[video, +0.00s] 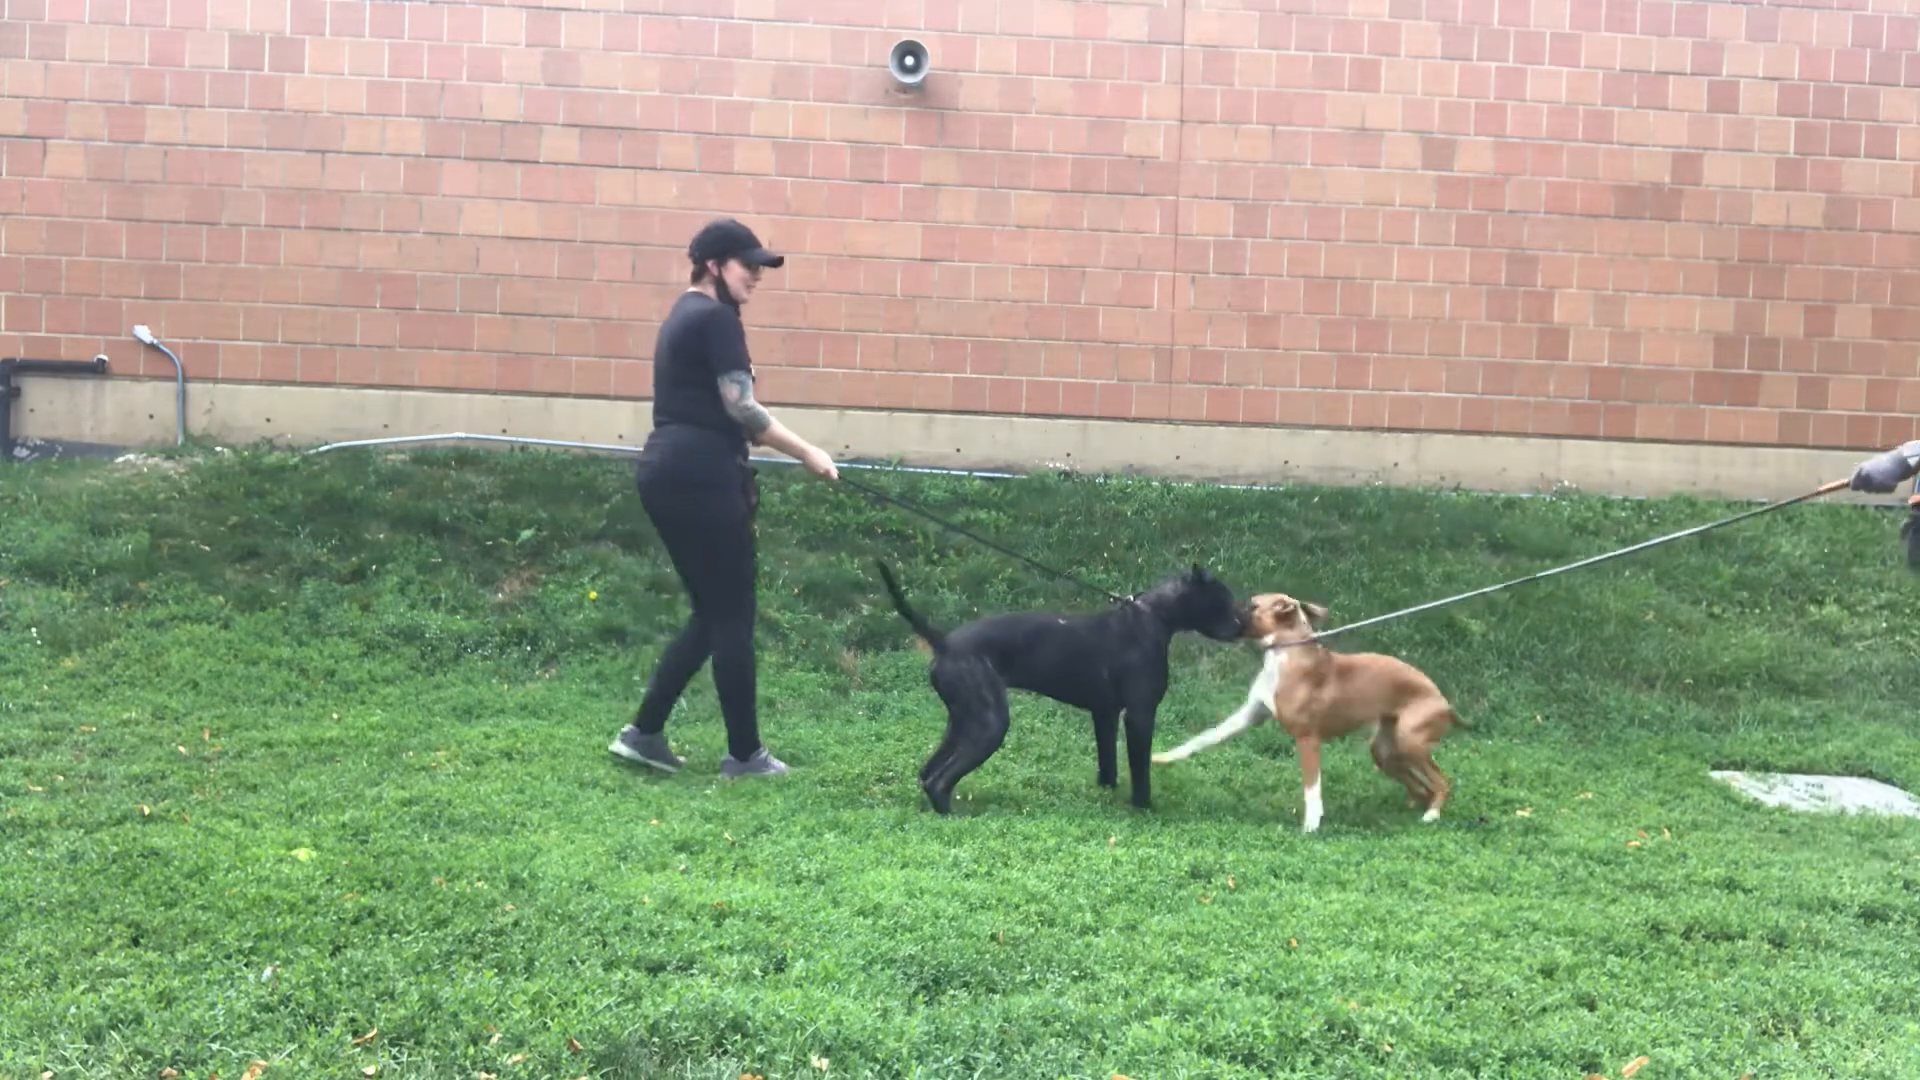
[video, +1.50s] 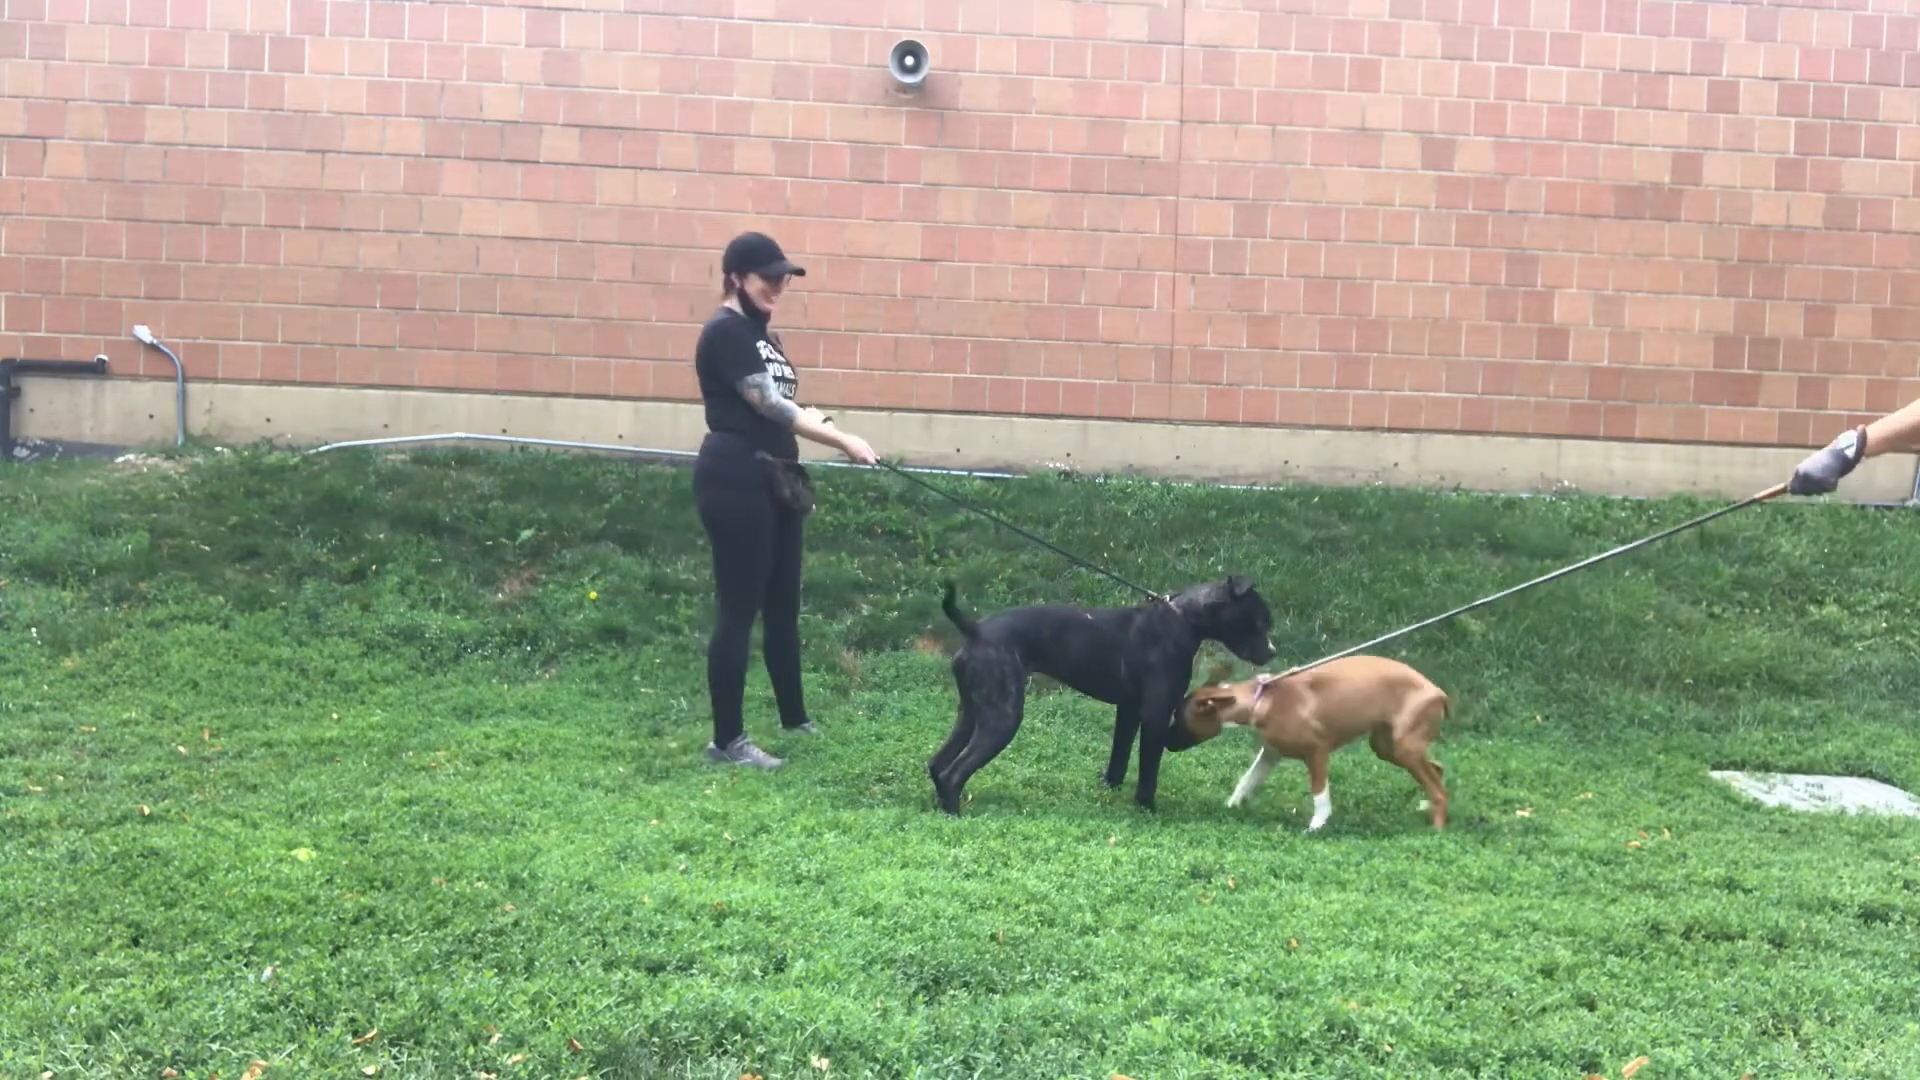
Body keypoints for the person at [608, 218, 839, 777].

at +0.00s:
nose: (756, 277)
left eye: (758, 267)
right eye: (748, 265)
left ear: (711, 269)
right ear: (714, 265)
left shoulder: (685, 312)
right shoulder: (716, 316)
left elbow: (690, 407)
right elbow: (740, 405)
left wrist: (737, 458)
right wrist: (807, 452)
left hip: (665, 466)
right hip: (702, 470)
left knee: (711, 611)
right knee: (733, 613)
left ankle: (644, 732)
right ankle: (746, 754)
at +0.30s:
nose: (744, 282)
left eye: (746, 272)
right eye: (737, 271)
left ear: (702, 270)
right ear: (703, 268)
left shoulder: (676, 312)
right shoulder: (704, 319)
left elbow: (697, 407)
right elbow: (739, 412)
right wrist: (810, 449)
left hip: (664, 466)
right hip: (696, 472)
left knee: (690, 610)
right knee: (720, 615)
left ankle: (672, 741)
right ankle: (743, 754)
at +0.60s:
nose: (712, 270)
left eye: (717, 260)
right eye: (699, 262)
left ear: (723, 266)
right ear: (674, 269)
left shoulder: (687, 317)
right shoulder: (683, 320)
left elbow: (718, 409)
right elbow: (734, 401)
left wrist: (766, 423)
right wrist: (805, 439)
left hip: (668, 467)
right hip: (690, 470)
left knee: (686, 603)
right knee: (748, 594)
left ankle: (673, 740)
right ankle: (750, 738)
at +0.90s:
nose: (718, 267)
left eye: (723, 258)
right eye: (704, 260)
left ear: (729, 265)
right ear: (681, 269)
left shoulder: (693, 318)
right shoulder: (695, 322)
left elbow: (735, 399)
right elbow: (747, 400)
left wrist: (785, 426)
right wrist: (816, 436)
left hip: (684, 464)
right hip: (706, 468)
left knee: (695, 607)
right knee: (728, 604)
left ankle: (673, 742)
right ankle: (731, 742)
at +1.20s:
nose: (753, 279)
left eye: (757, 270)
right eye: (744, 269)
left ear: (743, 274)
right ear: (711, 271)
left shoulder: (718, 319)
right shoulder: (709, 322)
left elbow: (749, 403)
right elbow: (759, 404)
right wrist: (827, 439)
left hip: (732, 472)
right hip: (716, 474)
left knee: (785, 591)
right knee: (722, 608)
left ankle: (710, 701)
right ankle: (726, 742)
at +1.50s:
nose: (777, 288)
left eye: (782, 280)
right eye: (769, 278)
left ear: (776, 281)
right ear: (737, 277)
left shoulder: (762, 333)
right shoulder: (726, 332)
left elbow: (778, 409)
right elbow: (766, 403)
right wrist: (842, 437)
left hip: (778, 473)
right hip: (737, 474)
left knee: (783, 605)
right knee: (738, 607)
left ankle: (795, 722)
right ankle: (728, 740)